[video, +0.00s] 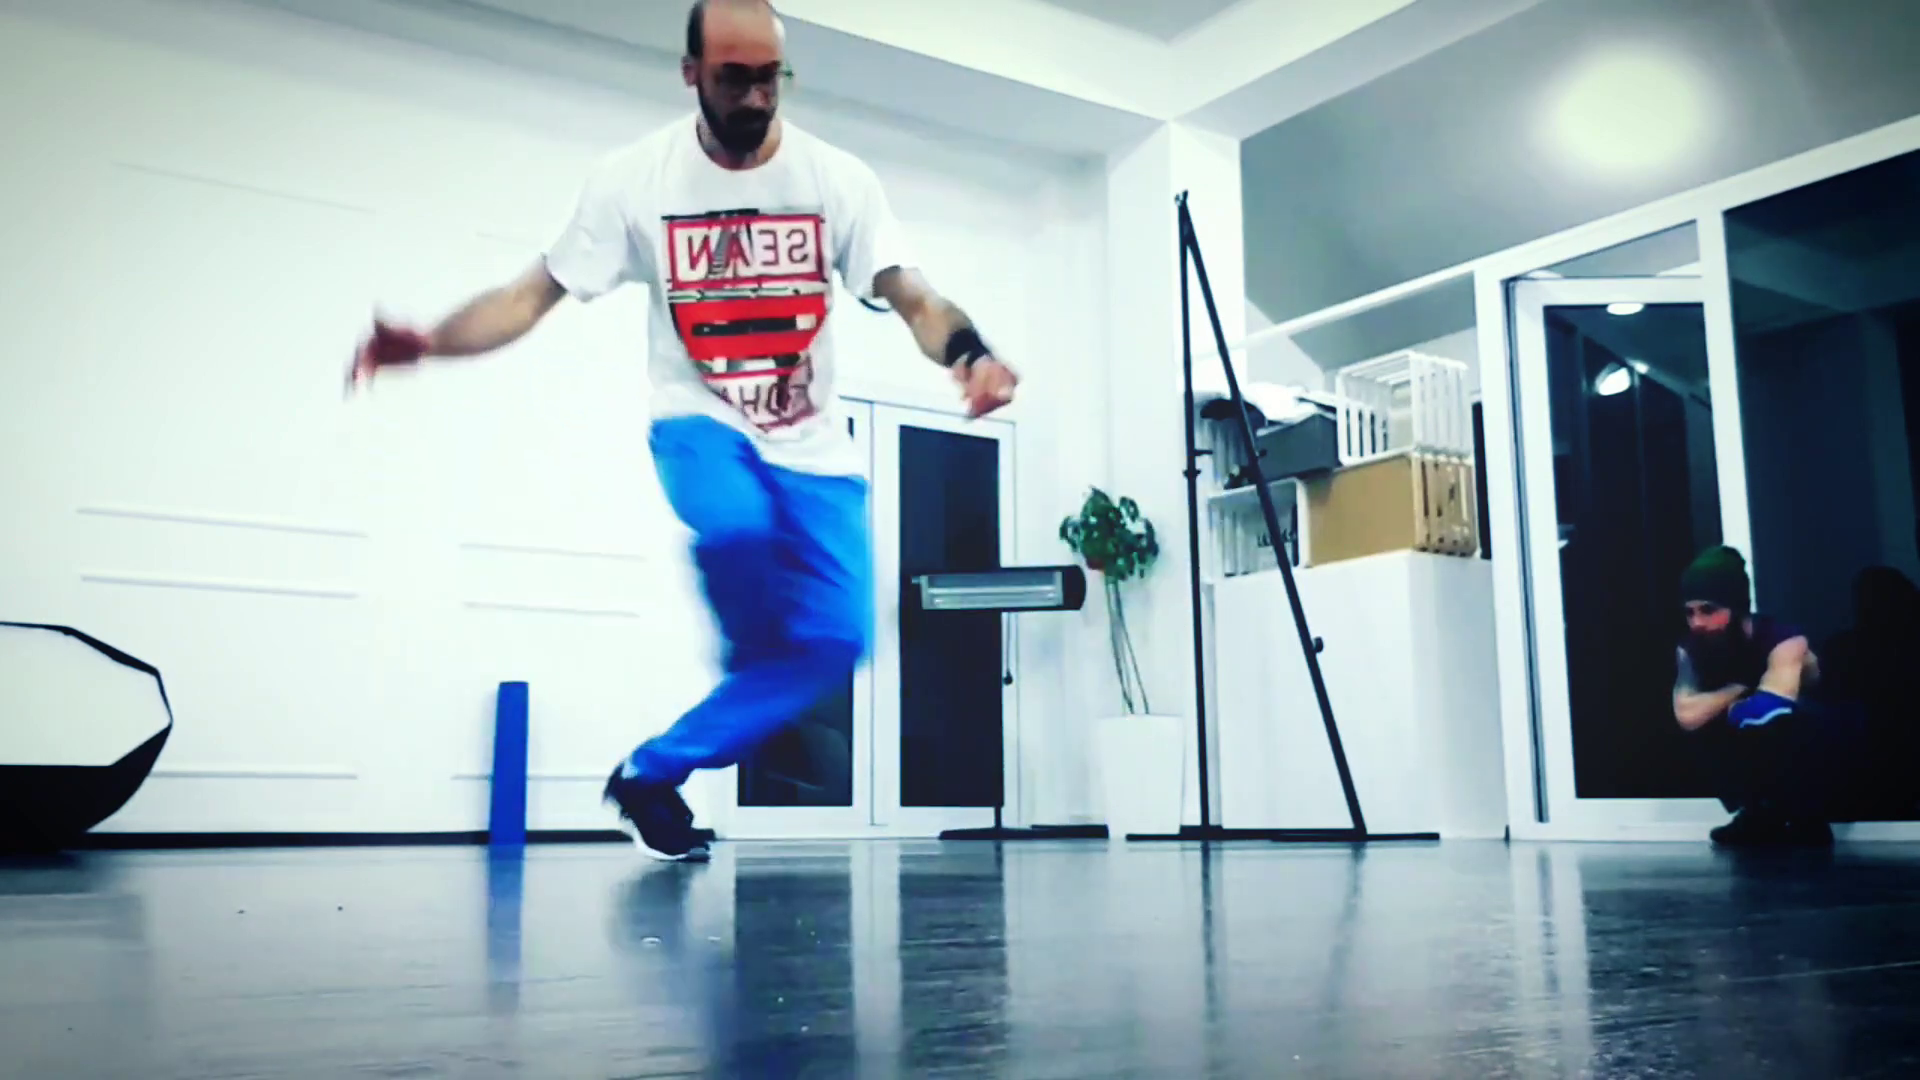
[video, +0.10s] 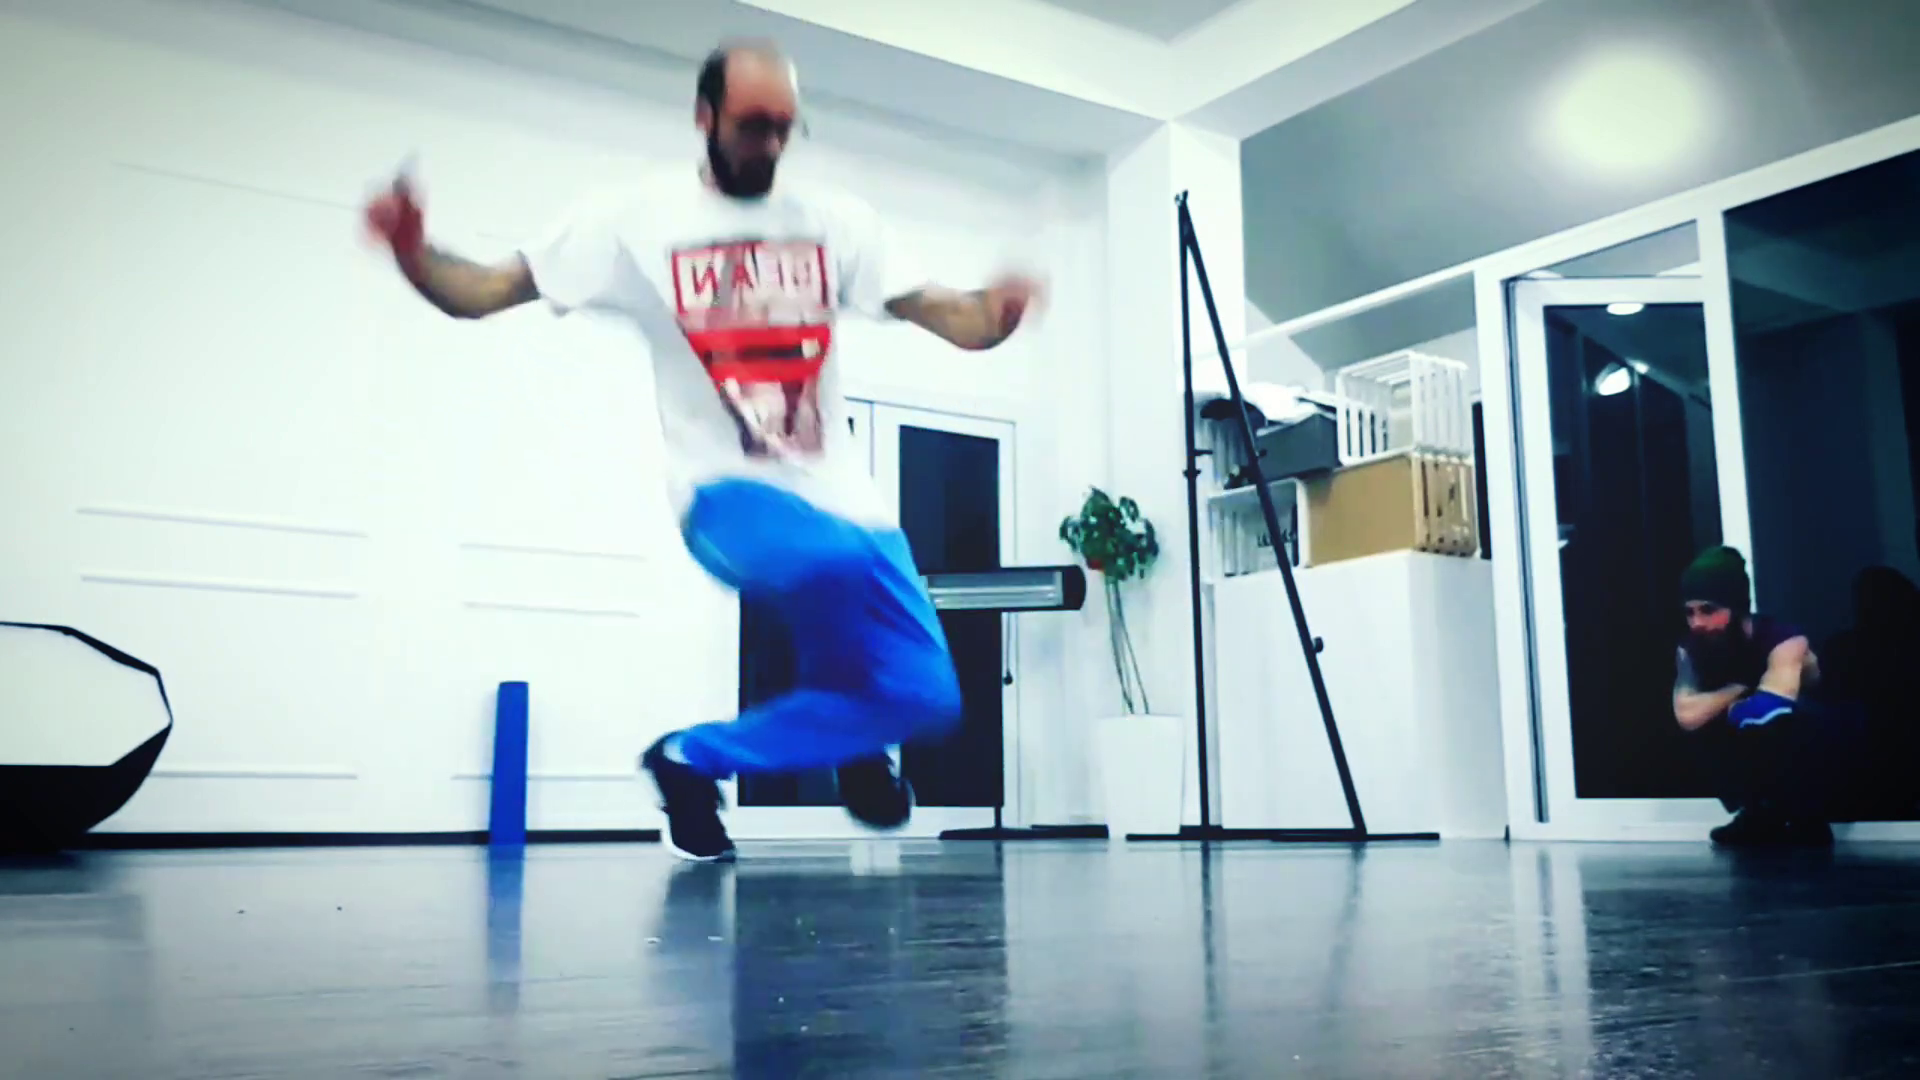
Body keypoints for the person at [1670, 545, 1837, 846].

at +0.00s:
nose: (1697, 623)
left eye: (1708, 611)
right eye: (1690, 613)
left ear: (1736, 607)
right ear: (1684, 612)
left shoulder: (1778, 637)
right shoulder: (1690, 652)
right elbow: (1688, 715)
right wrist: (1738, 690)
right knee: (1703, 727)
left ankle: (1803, 819)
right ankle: (1754, 814)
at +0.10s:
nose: (1697, 623)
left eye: (1708, 611)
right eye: (1690, 613)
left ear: (1736, 607)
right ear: (1684, 612)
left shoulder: (1779, 637)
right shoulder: (1690, 652)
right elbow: (1688, 715)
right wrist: (1738, 690)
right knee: (1704, 727)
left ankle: (1802, 819)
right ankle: (1755, 814)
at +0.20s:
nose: (1697, 623)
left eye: (1708, 611)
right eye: (1690, 613)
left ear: (1736, 607)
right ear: (1684, 612)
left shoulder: (1777, 637)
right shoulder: (1691, 652)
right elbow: (1688, 715)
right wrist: (1738, 689)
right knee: (1704, 728)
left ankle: (1802, 819)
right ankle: (1755, 814)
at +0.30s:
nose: (1697, 624)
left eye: (1709, 611)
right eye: (1690, 613)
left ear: (1736, 606)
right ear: (1684, 612)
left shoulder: (1777, 638)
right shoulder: (1691, 652)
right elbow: (1688, 715)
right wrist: (1738, 689)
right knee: (1705, 727)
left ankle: (1802, 819)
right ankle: (1755, 814)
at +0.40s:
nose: (1697, 623)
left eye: (1708, 611)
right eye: (1690, 613)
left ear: (1736, 607)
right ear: (1684, 612)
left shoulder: (1780, 638)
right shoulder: (1691, 652)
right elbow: (1688, 715)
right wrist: (1739, 690)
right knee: (1704, 727)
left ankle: (1802, 818)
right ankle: (1754, 814)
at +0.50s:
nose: (1697, 622)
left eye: (1708, 610)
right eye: (1690, 612)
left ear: (1737, 607)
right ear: (1684, 611)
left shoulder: (1778, 637)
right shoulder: (1691, 650)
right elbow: (1687, 714)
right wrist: (1739, 689)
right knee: (1704, 726)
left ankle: (1802, 818)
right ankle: (1754, 814)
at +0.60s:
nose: (1697, 623)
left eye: (1709, 610)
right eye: (1691, 612)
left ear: (1738, 607)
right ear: (1685, 612)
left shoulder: (1782, 637)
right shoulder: (1690, 652)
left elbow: (1775, 705)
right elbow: (1688, 714)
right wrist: (1742, 687)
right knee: (1705, 725)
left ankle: (1799, 818)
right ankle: (1755, 813)